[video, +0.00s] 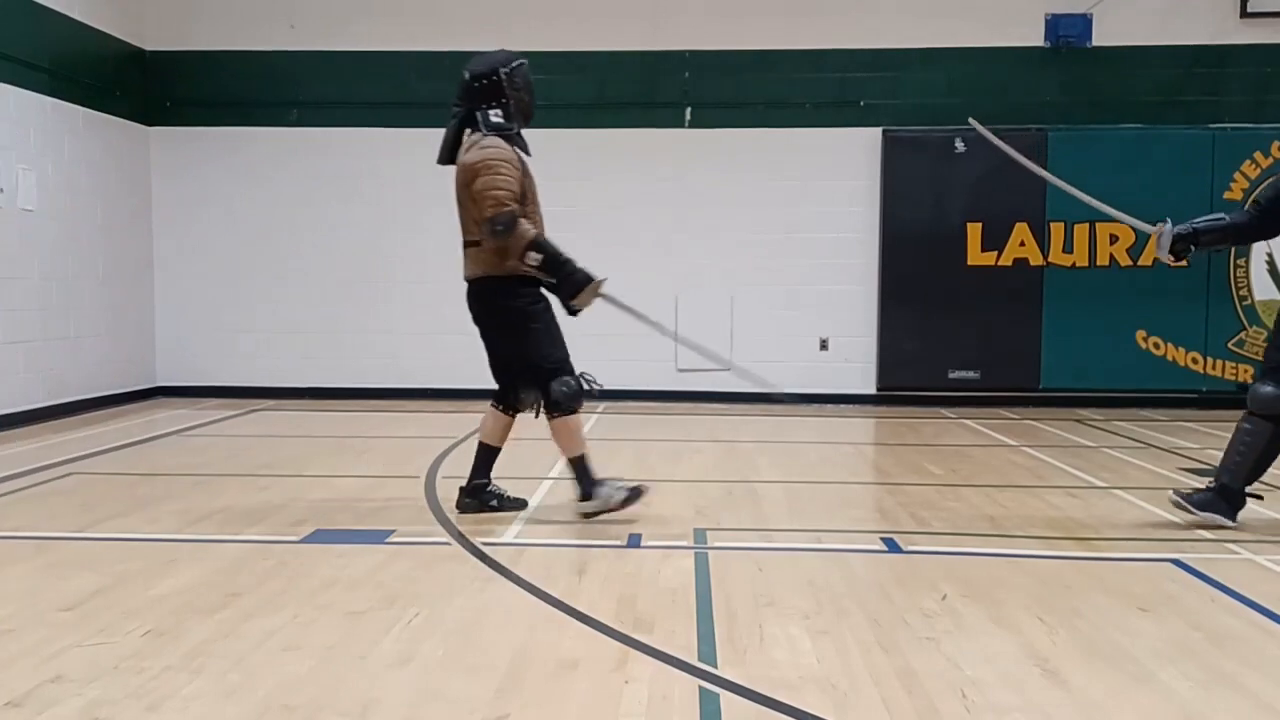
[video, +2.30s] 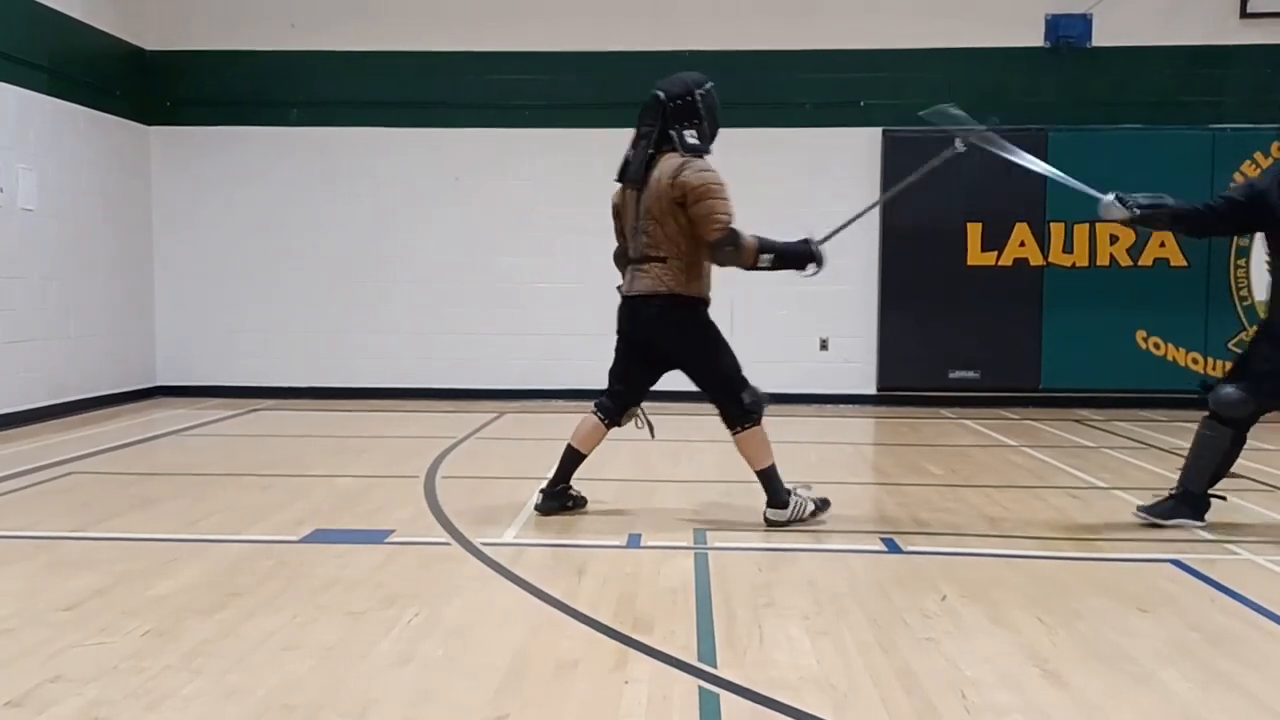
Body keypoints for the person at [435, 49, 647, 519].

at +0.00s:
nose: (529, 96)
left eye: (526, 87)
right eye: (522, 88)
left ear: (484, 96)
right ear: (503, 93)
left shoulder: (492, 147)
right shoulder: (491, 151)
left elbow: (513, 230)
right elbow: (502, 223)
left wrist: (560, 278)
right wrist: (561, 267)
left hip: (497, 288)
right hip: (507, 288)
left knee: (515, 389)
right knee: (559, 385)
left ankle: (476, 487)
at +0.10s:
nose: (548, 101)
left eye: (544, 92)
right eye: (540, 93)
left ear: (502, 103)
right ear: (522, 100)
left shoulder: (501, 155)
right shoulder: (518, 158)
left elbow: (532, 239)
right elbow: (540, 229)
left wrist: (579, 284)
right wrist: (611, 260)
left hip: (513, 295)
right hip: (531, 296)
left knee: (529, 395)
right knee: (584, 392)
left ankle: (478, 487)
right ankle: (621, 491)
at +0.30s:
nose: (590, 102)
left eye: (586, 93)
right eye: (583, 94)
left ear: (542, 105)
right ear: (569, 102)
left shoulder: (541, 156)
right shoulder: (568, 154)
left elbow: (611, 210)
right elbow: (616, 208)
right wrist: (690, 217)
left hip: (549, 295)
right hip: (579, 295)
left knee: (574, 392)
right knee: (629, 391)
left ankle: (502, 468)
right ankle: (634, 497)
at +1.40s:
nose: (651, 102)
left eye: (647, 93)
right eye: (644, 94)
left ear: (598, 105)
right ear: (630, 102)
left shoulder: (589, 158)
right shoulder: (631, 158)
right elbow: (676, 222)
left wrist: (716, 229)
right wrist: (747, 231)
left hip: (600, 297)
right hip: (635, 297)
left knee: (596, 393)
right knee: (692, 387)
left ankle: (552, 487)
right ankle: (684, 491)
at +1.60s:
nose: (676, 105)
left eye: (672, 97)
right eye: (669, 98)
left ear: (621, 109)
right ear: (656, 106)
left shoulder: (610, 161)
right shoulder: (660, 160)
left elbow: (608, 236)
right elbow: (723, 212)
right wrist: (795, 217)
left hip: (619, 302)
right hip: (656, 303)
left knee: (600, 395)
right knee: (714, 391)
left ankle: (551, 488)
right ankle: (740, 492)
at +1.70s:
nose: (696, 112)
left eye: (692, 104)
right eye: (689, 105)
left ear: (643, 113)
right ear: (677, 111)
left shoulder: (628, 169)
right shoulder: (687, 164)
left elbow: (624, 246)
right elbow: (760, 207)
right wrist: (828, 215)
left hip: (634, 307)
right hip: (673, 309)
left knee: (606, 397)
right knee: (734, 396)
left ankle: (552, 488)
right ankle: (766, 496)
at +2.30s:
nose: (713, 122)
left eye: (710, 112)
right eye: (708, 113)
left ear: (661, 115)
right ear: (694, 117)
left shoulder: (634, 171)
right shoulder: (694, 171)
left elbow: (624, 254)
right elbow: (725, 246)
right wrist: (789, 254)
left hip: (636, 312)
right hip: (679, 313)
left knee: (615, 403)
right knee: (739, 402)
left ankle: (555, 488)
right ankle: (781, 500)